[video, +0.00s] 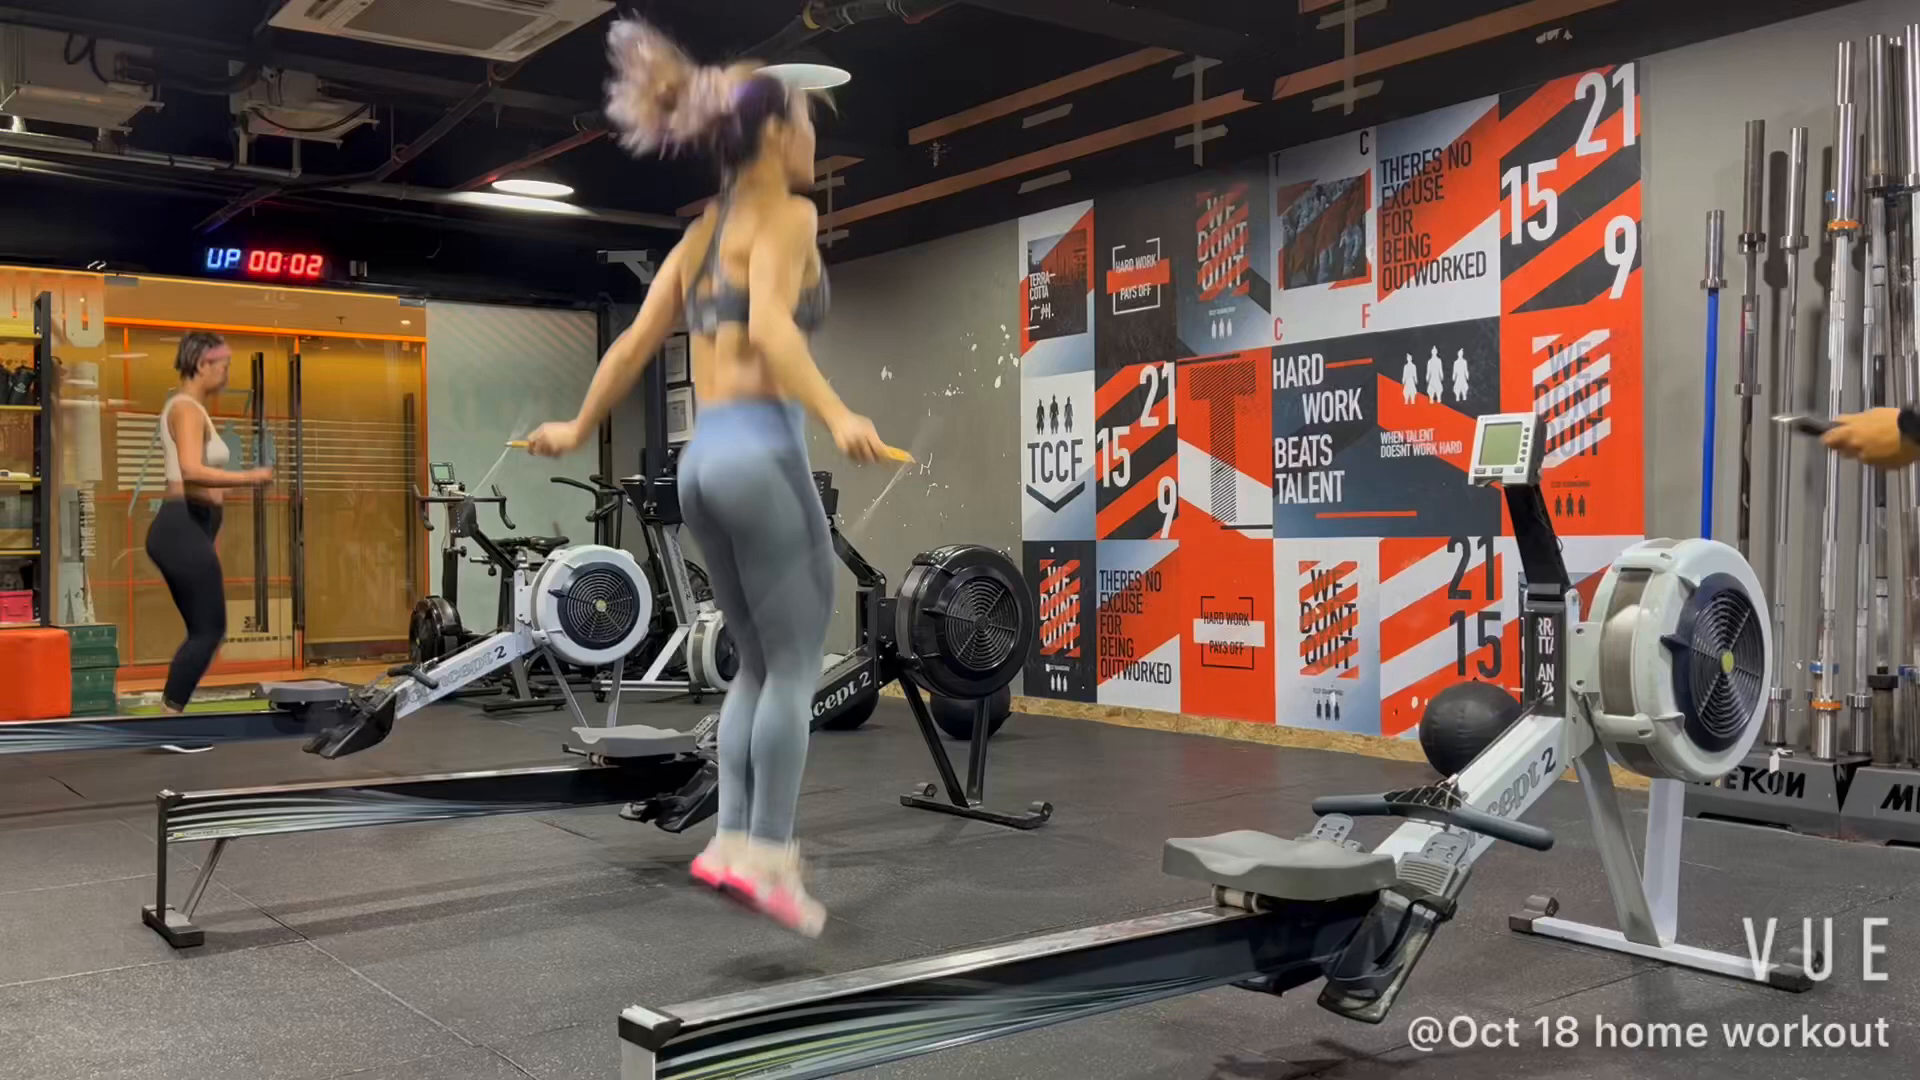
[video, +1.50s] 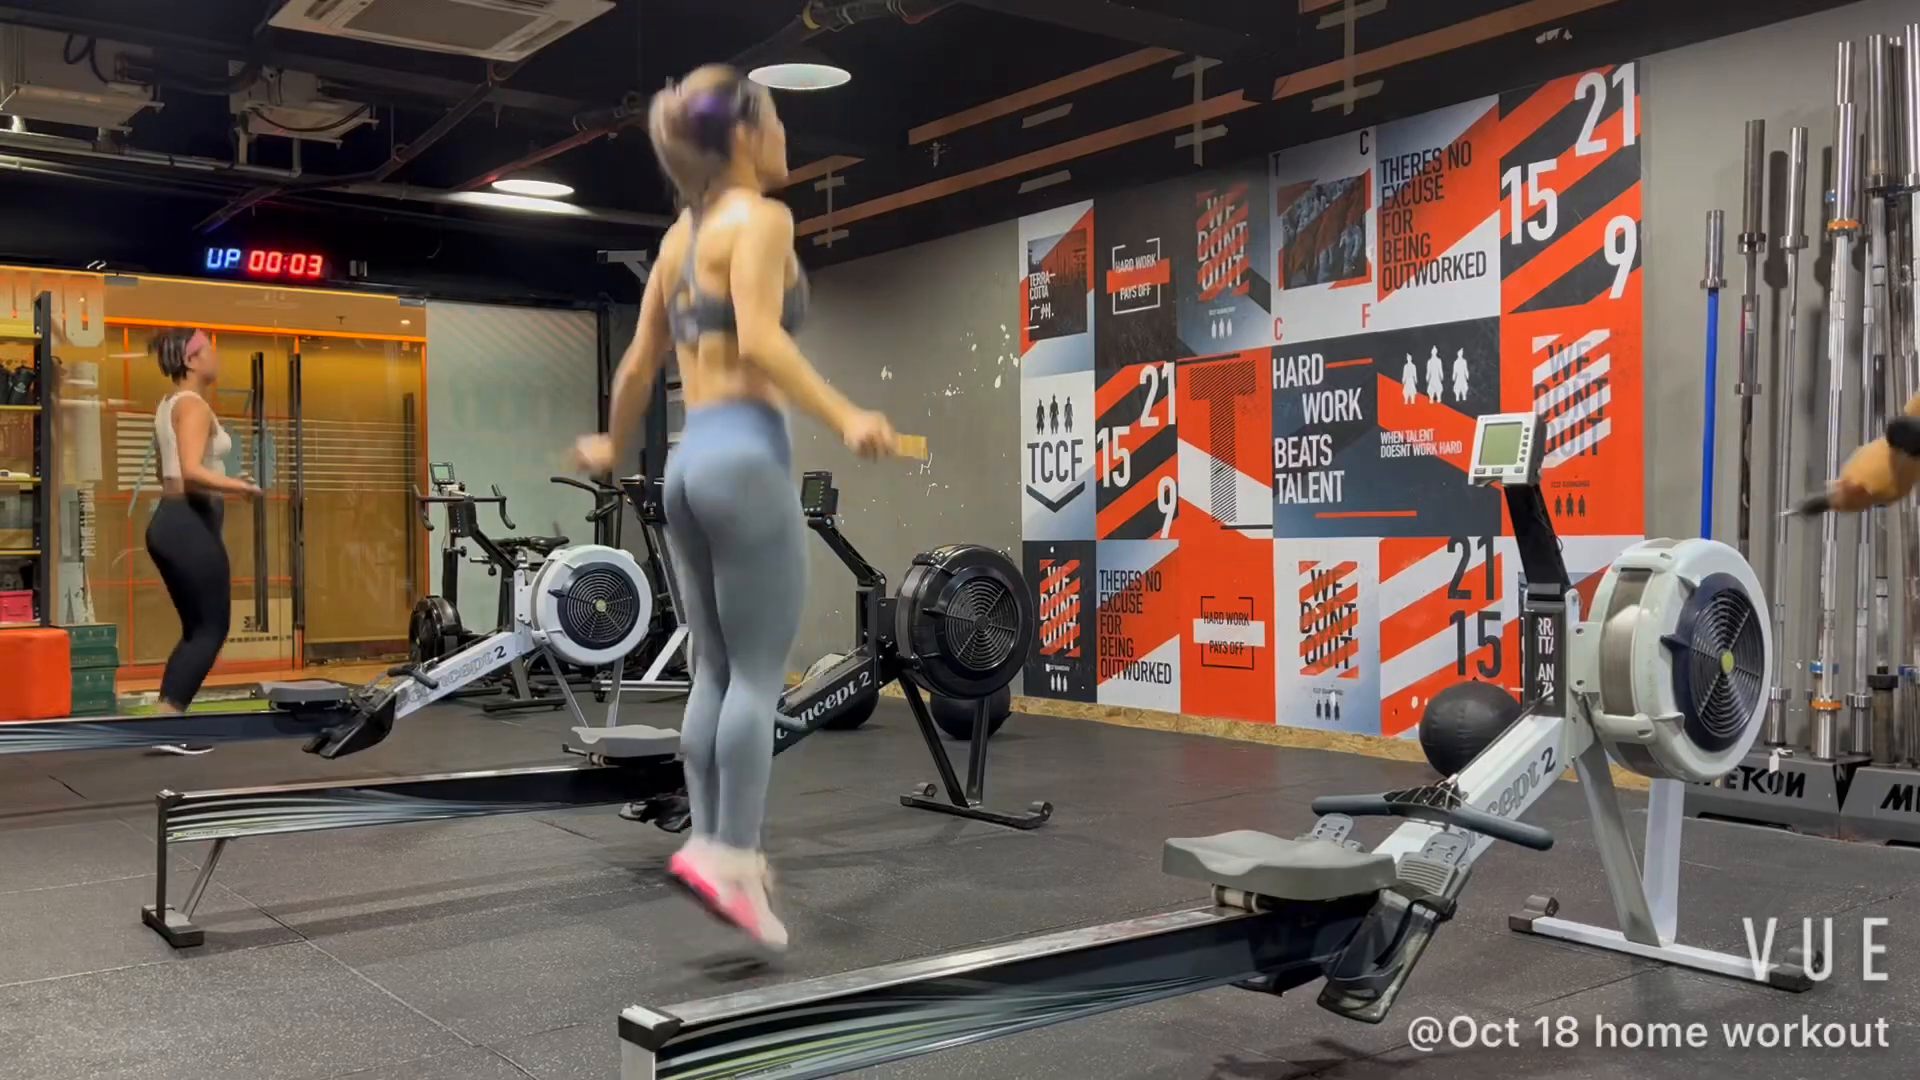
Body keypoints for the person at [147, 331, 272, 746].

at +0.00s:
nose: (227, 373)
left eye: (228, 365)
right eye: (222, 365)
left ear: (205, 364)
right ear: (201, 364)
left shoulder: (195, 408)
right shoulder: (186, 409)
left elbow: (196, 480)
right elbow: (191, 471)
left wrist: (234, 489)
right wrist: (247, 478)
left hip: (188, 529)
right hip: (180, 529)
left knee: (206, 628)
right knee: (208, 628)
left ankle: (170, 710)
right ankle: (169, 711)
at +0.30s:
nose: (225, 355)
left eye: (223, 347)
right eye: (218, 348)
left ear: (201, 354)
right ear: (197, 353)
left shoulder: (196, 396)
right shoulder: (188, 398)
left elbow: (196, 464)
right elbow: (188, 465)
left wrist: (227, 492)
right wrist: (230, 491)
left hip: (195, 519)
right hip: (187, 520)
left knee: (204, 618)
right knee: (201, 619)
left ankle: (175, 708)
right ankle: (173, 711)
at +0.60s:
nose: (226, 340)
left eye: (223, 333)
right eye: (218, 334)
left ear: (198, 343)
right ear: (198, 342)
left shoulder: (194, 384)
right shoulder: (193, 385)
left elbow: (187, 454)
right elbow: (189, 452)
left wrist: (215, 483)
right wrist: (214, 485)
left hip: (191, 502)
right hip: (188, 503)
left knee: (207, 605)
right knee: (208, 605)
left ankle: (180, 697)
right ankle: (178, 698)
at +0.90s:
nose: (221, 336)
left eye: (217, 329)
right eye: (213, 331)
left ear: (192, 342)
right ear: (194, 341)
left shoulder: (182, 383)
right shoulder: (194, 384)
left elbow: (187, 452)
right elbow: (196, 450)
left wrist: (213, 487)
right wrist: (218, 492)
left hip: (182, 497)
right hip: (191, 498)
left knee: (197, 604)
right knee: (202, 604)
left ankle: (182, 695)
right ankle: (182, 696)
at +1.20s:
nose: (218, 355)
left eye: (214, 347)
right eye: (212, 348)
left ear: (190, 358)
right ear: (196, 357)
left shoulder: (176, 402)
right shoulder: (193, 404)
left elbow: (186, 475)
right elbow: (197, 473)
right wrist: (241, 506)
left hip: (175, 517)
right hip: (190, 520)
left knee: (194, 627)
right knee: (201, 627)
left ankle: (165, 713)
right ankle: (164, 715)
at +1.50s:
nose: (216, 355)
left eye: (212, 347)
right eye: (211, 348)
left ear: (187, 361)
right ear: (194, 359)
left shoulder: (169, 406)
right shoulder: (193, 406)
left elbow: (175, 473)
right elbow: (192, 471)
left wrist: (224, 485)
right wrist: (235, 484)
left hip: (169, 520)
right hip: (188, 521)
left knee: (196, 627)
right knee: (213, 624)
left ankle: (165, 714)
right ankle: (167, 716)